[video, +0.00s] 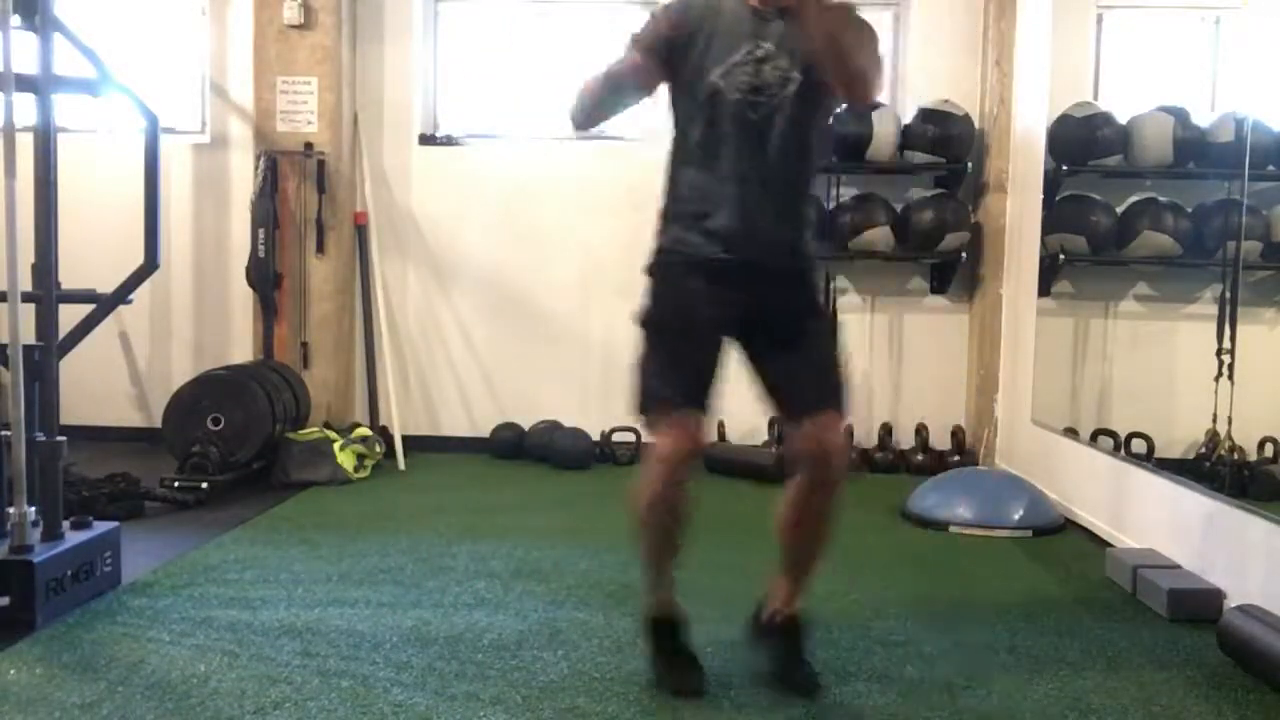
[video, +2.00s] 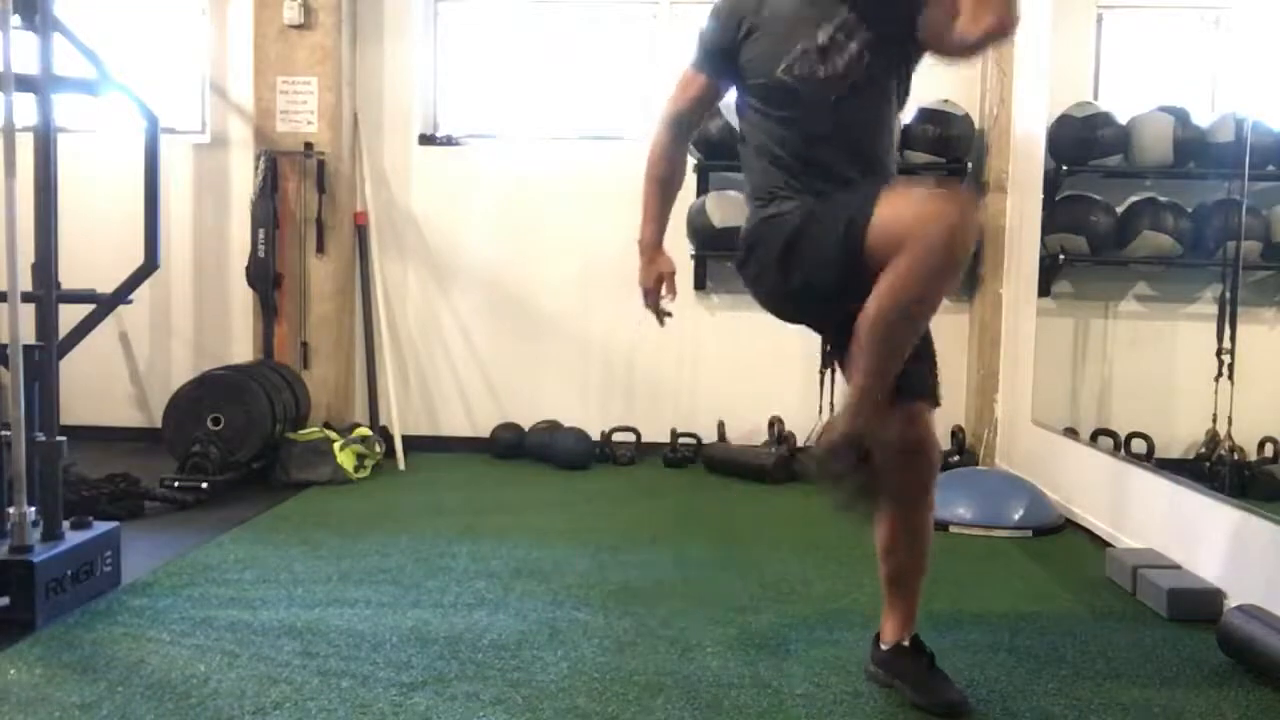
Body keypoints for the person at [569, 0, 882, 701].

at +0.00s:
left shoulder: (831, 22)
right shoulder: (692, 15)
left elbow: (864, 89)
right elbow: (585, 111)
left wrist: (810, 8)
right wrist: (629, 71)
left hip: (781, 266)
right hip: (690, 261)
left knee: (826, 449)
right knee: (674, 446)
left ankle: (780, 614)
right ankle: (661, 614)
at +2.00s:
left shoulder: (903, 8)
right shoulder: (747, 11)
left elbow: (974, 26)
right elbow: (676, 122)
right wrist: (651, 243)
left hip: (875, 238)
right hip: (783, 231)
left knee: (909, 441)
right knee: (946, 213)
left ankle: (896, 643)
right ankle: (851, 428)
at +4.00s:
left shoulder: (641, 9)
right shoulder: (476, 8)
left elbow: (748, 82)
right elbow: (356, 21)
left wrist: (798, 169)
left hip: (612, 267)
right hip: (515, 265)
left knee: (629, 465)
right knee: (459, 448)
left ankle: (667, 646)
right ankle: (427, 646)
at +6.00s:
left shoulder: (592, 10)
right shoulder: (433, 4)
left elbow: (671, 130)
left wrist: (712, 259)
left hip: (517, 233)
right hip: (424, 230)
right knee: (392, 432)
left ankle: (571, 557)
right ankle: (396, 648)